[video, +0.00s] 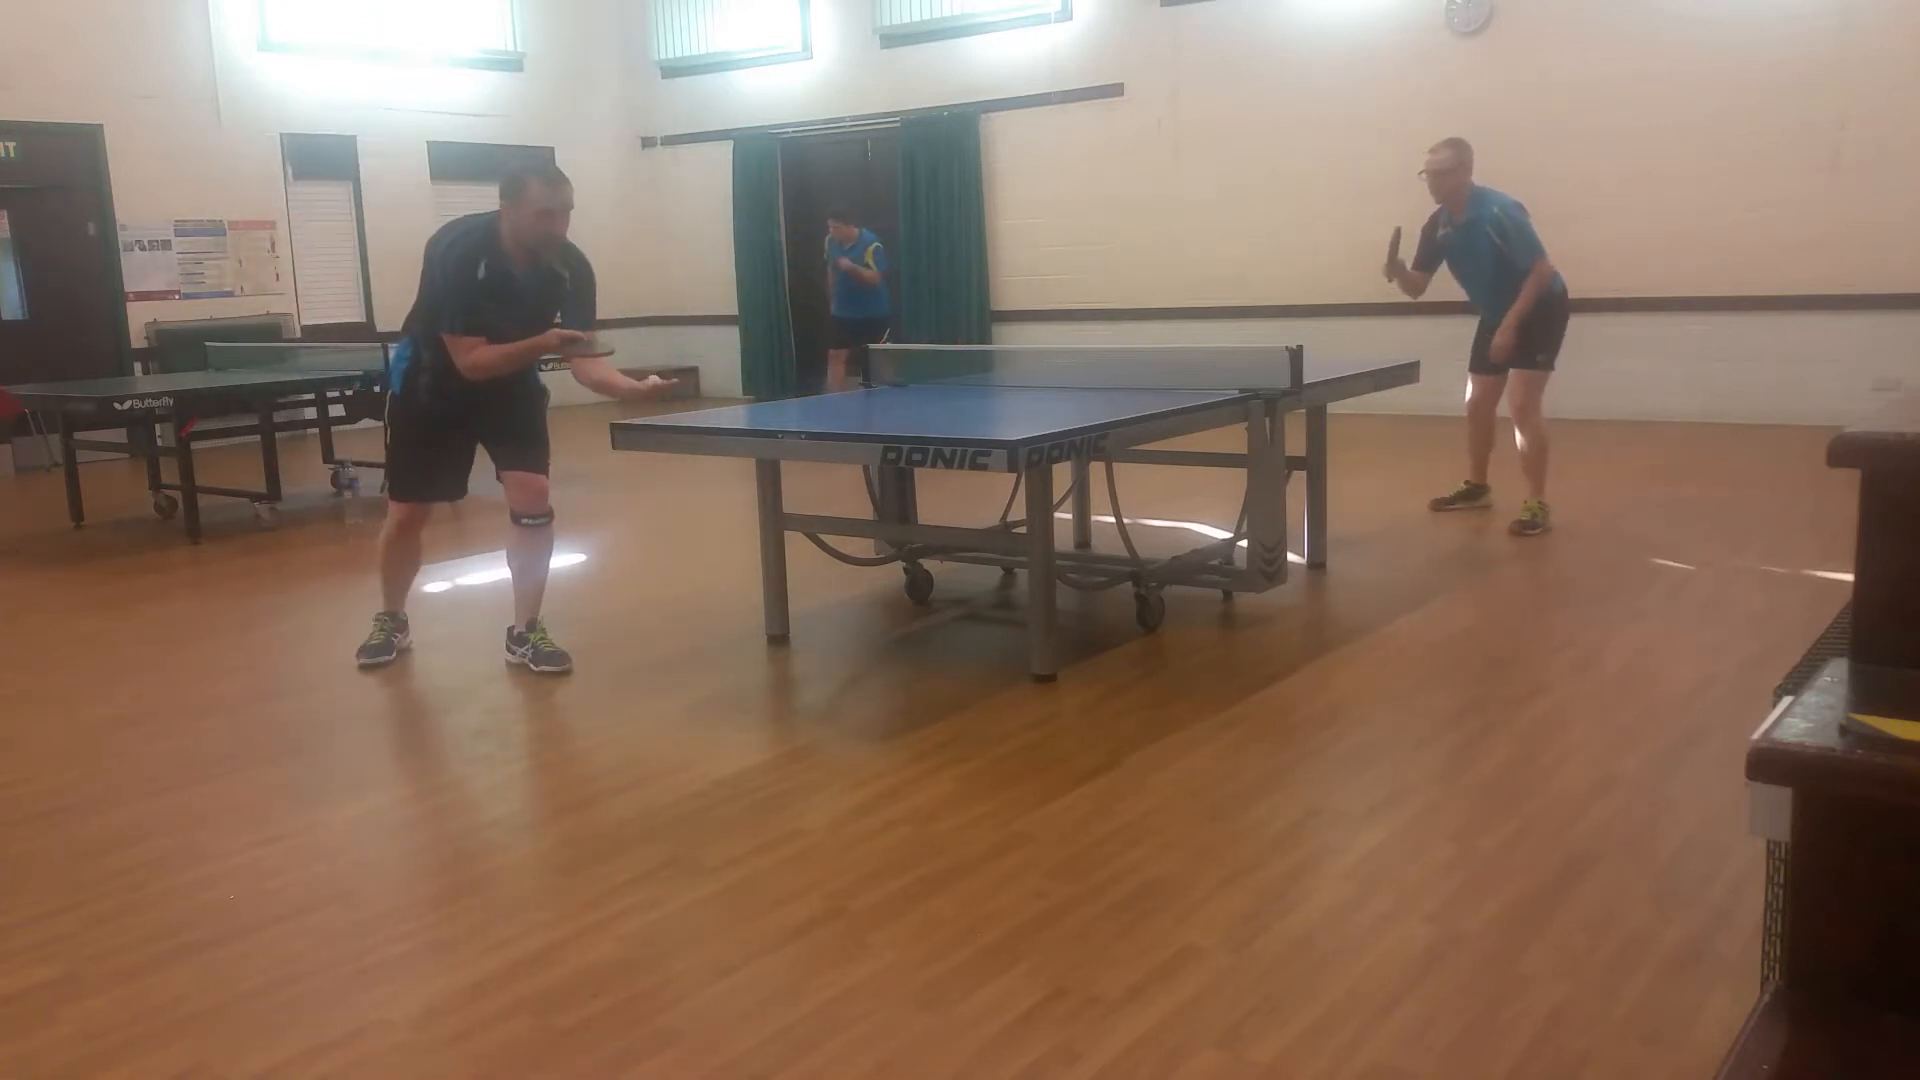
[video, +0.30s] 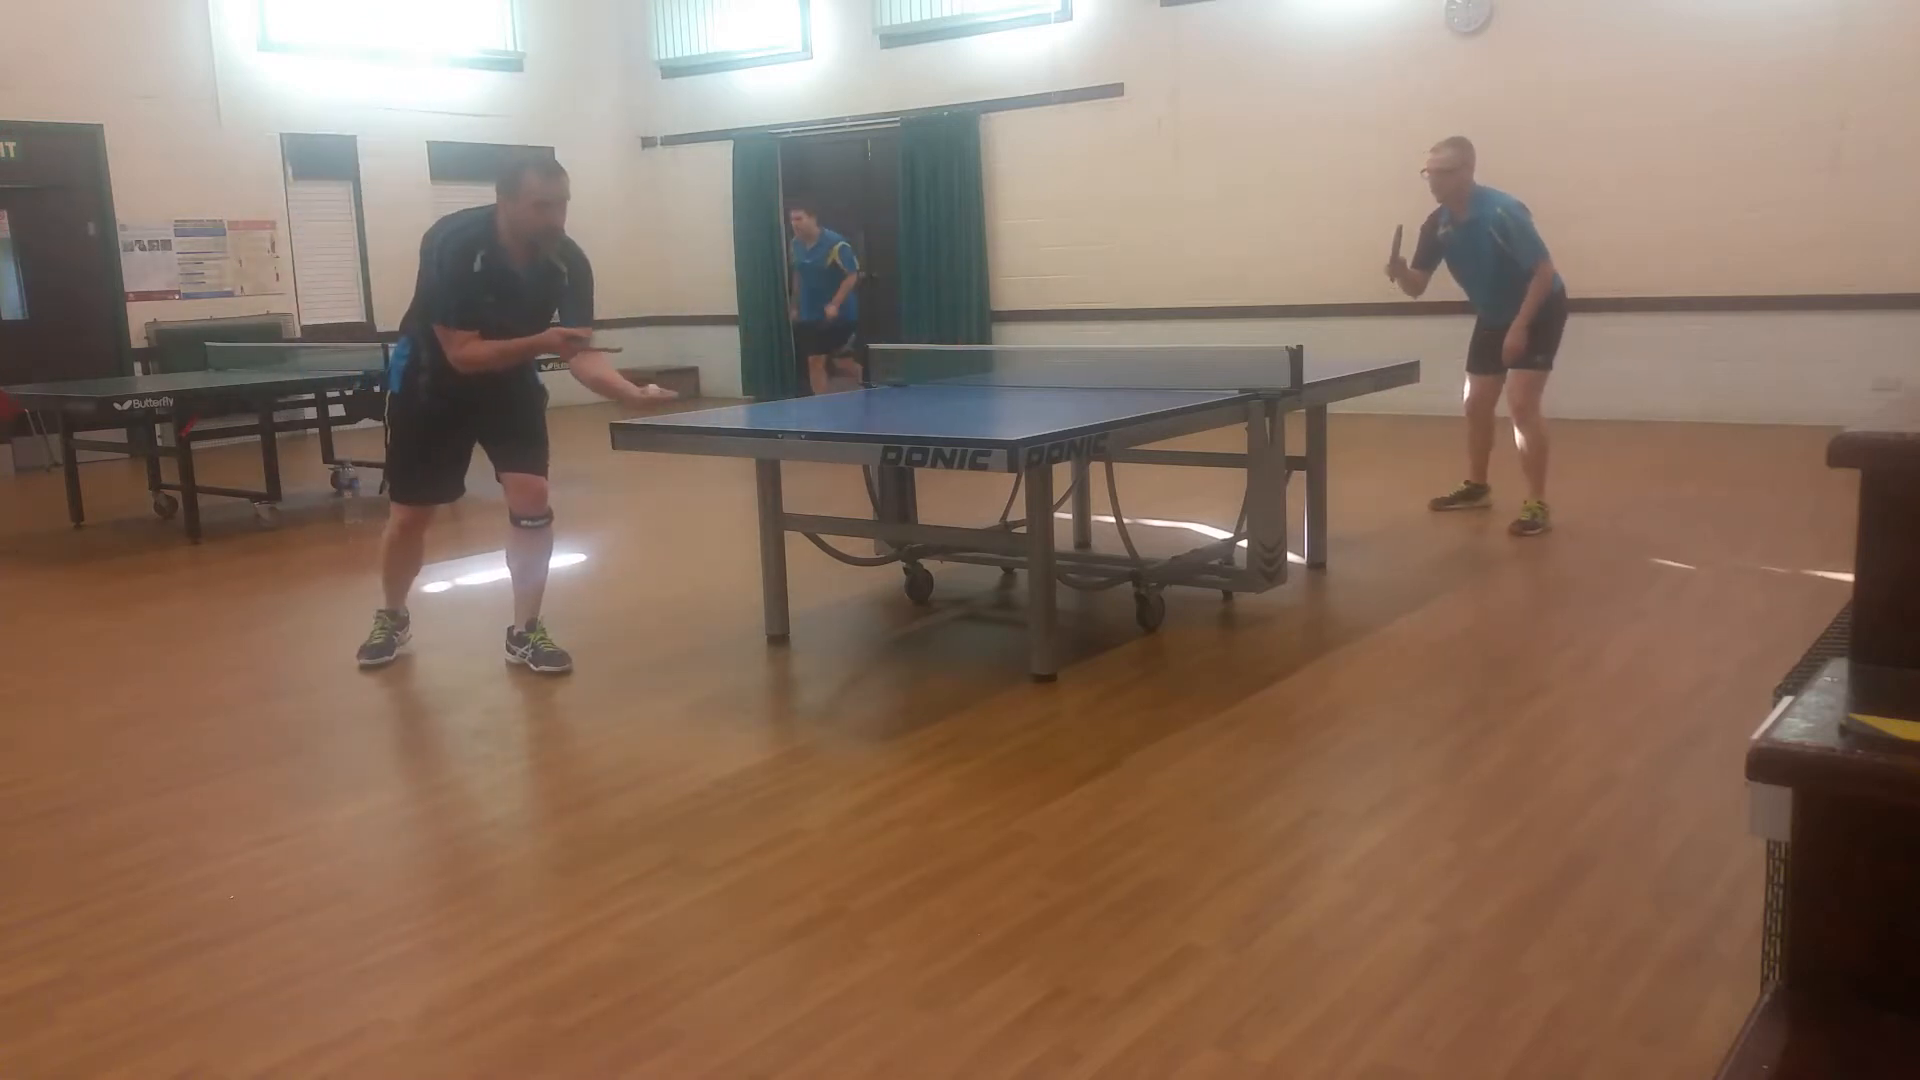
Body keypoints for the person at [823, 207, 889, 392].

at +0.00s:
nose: (831, 232)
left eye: (835, 227)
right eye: (830, 227)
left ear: (849, 226)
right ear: (831, 226)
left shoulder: (871, 244)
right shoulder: (831, 242)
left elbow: (875, 277)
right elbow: (831, 272)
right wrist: (833, 300)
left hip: (872, 312)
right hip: (843, 311)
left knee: (875, 355)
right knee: (836, 354)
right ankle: (835, 402)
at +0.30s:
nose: (795, 224)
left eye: (799, 219)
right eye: (792, 220)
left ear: (812, 219)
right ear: (790, 223)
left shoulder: (835, 244)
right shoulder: (796, 245)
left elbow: (852, 275)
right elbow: (797, 276)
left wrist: (835, 304)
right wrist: (795, 305)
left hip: (839, 315)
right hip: (810, 315)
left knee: (840, 361)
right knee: (815, 362)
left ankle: (866, 377)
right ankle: (822, 410)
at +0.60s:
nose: (767, 220)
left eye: (771, 215)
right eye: (764, 216)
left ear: (785, 216)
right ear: (763, 219)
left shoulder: (808, 244)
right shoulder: (764, 243)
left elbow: (831, 278)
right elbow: (758, 274)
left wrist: (848, 309)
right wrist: (745, 304)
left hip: (807, 315)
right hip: (781, 316)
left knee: (798, 363)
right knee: (803, 364)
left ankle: (794, 416)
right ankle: (820, 411)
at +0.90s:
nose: (733, 211)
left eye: (738, 206)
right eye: (732, 207)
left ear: (752, 209)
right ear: (732, 212)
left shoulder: (774, 239)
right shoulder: (734, 239)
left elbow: (790, 277)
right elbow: (734, 280)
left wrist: (792, 315)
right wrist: (729, 311)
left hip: (772, 317)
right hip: (741, 316)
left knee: (775, 365)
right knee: (735, 363)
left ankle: (783, 413)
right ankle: (767, 403)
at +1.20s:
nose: (681, 219)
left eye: (687, 214)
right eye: (681, 215)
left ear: (704, 217)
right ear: (680, 219)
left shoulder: (720, 246)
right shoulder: (684, 248)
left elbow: (734, 281)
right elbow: (693, 283)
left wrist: (702, 298)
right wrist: (686, 300)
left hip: (729, 325)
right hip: (697, 325)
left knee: (750, 375)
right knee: (686, 375)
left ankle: (776, 417)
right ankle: (685, 427)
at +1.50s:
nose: (631, 208)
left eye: (636, 203)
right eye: (630, 204)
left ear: (653, 206)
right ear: (631, 208)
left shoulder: (675, 236)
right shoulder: (633, 239)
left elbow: (690, 274)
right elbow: (633, 279)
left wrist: (655, 281)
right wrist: (624, 313)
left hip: (676, 317)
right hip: (649, 320)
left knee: (668, 372)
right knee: (662, 375)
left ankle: (682, 424)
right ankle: (677, 424)